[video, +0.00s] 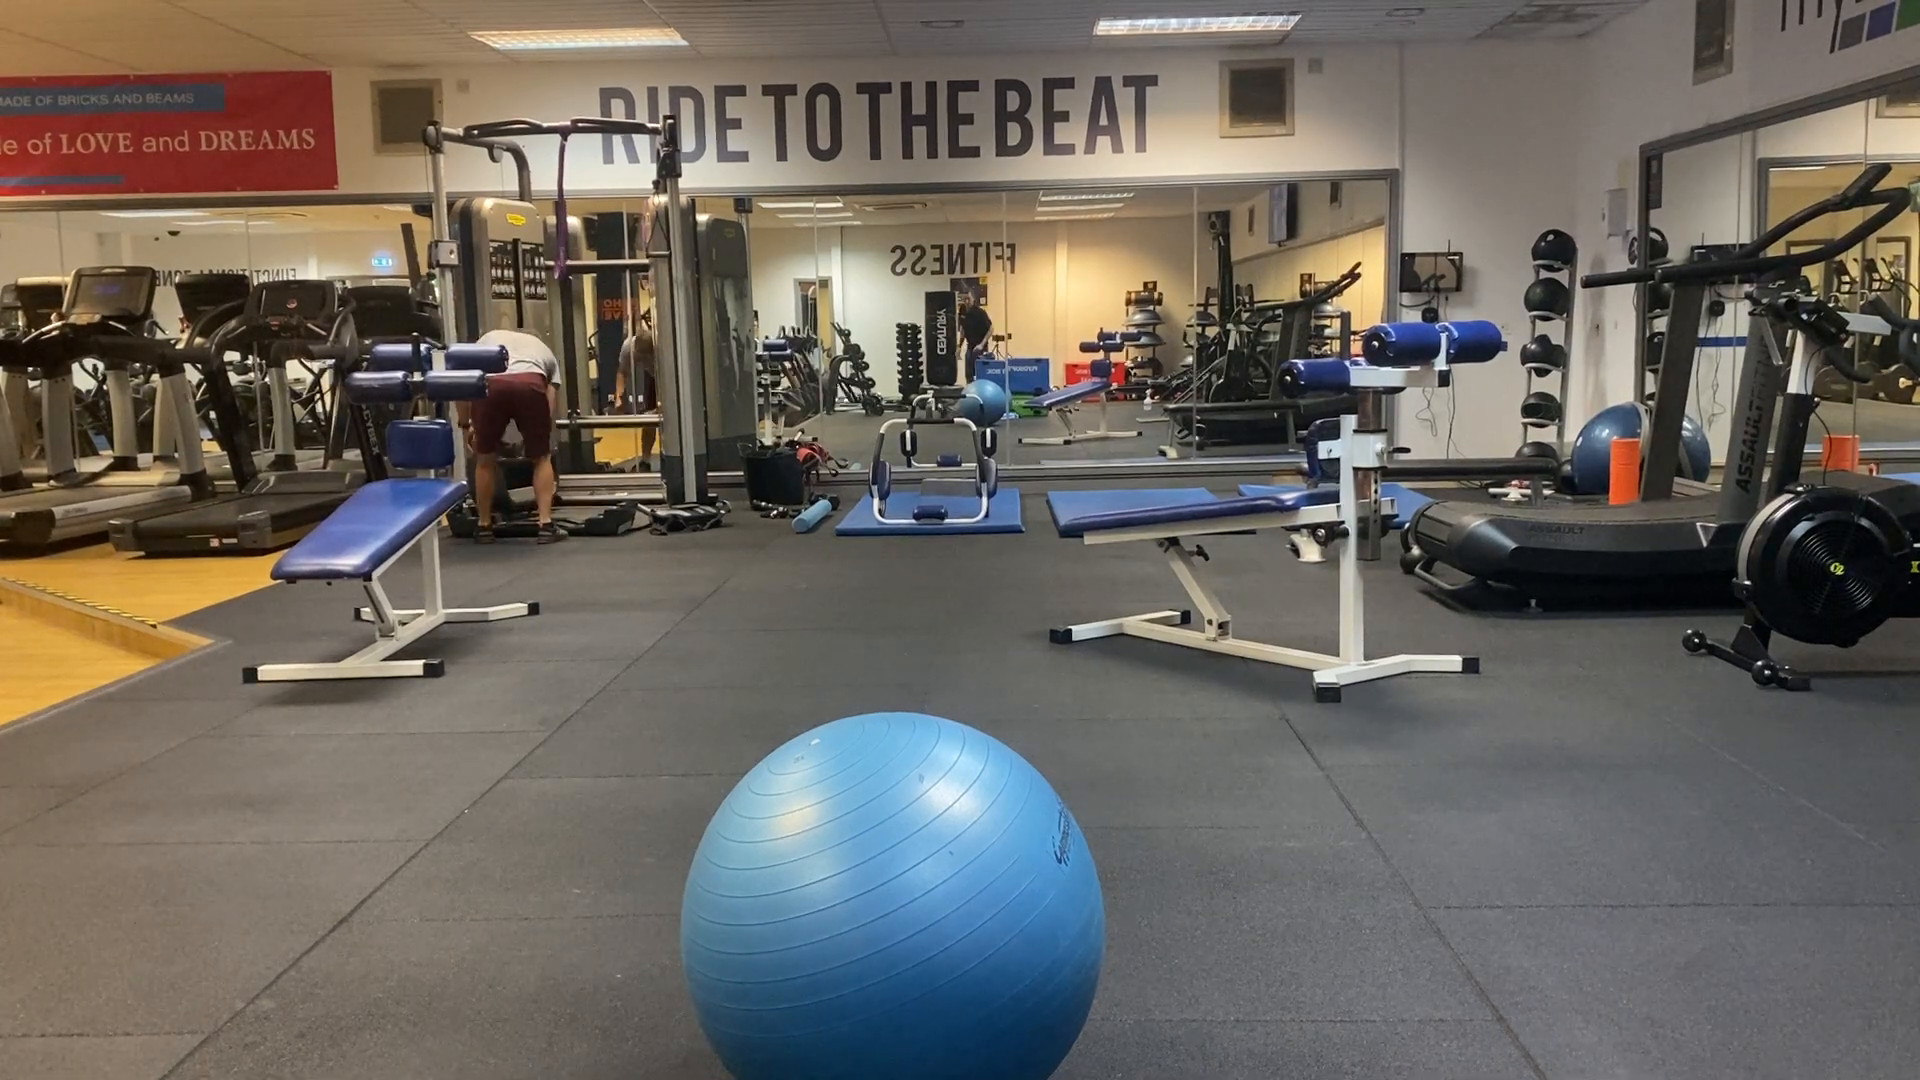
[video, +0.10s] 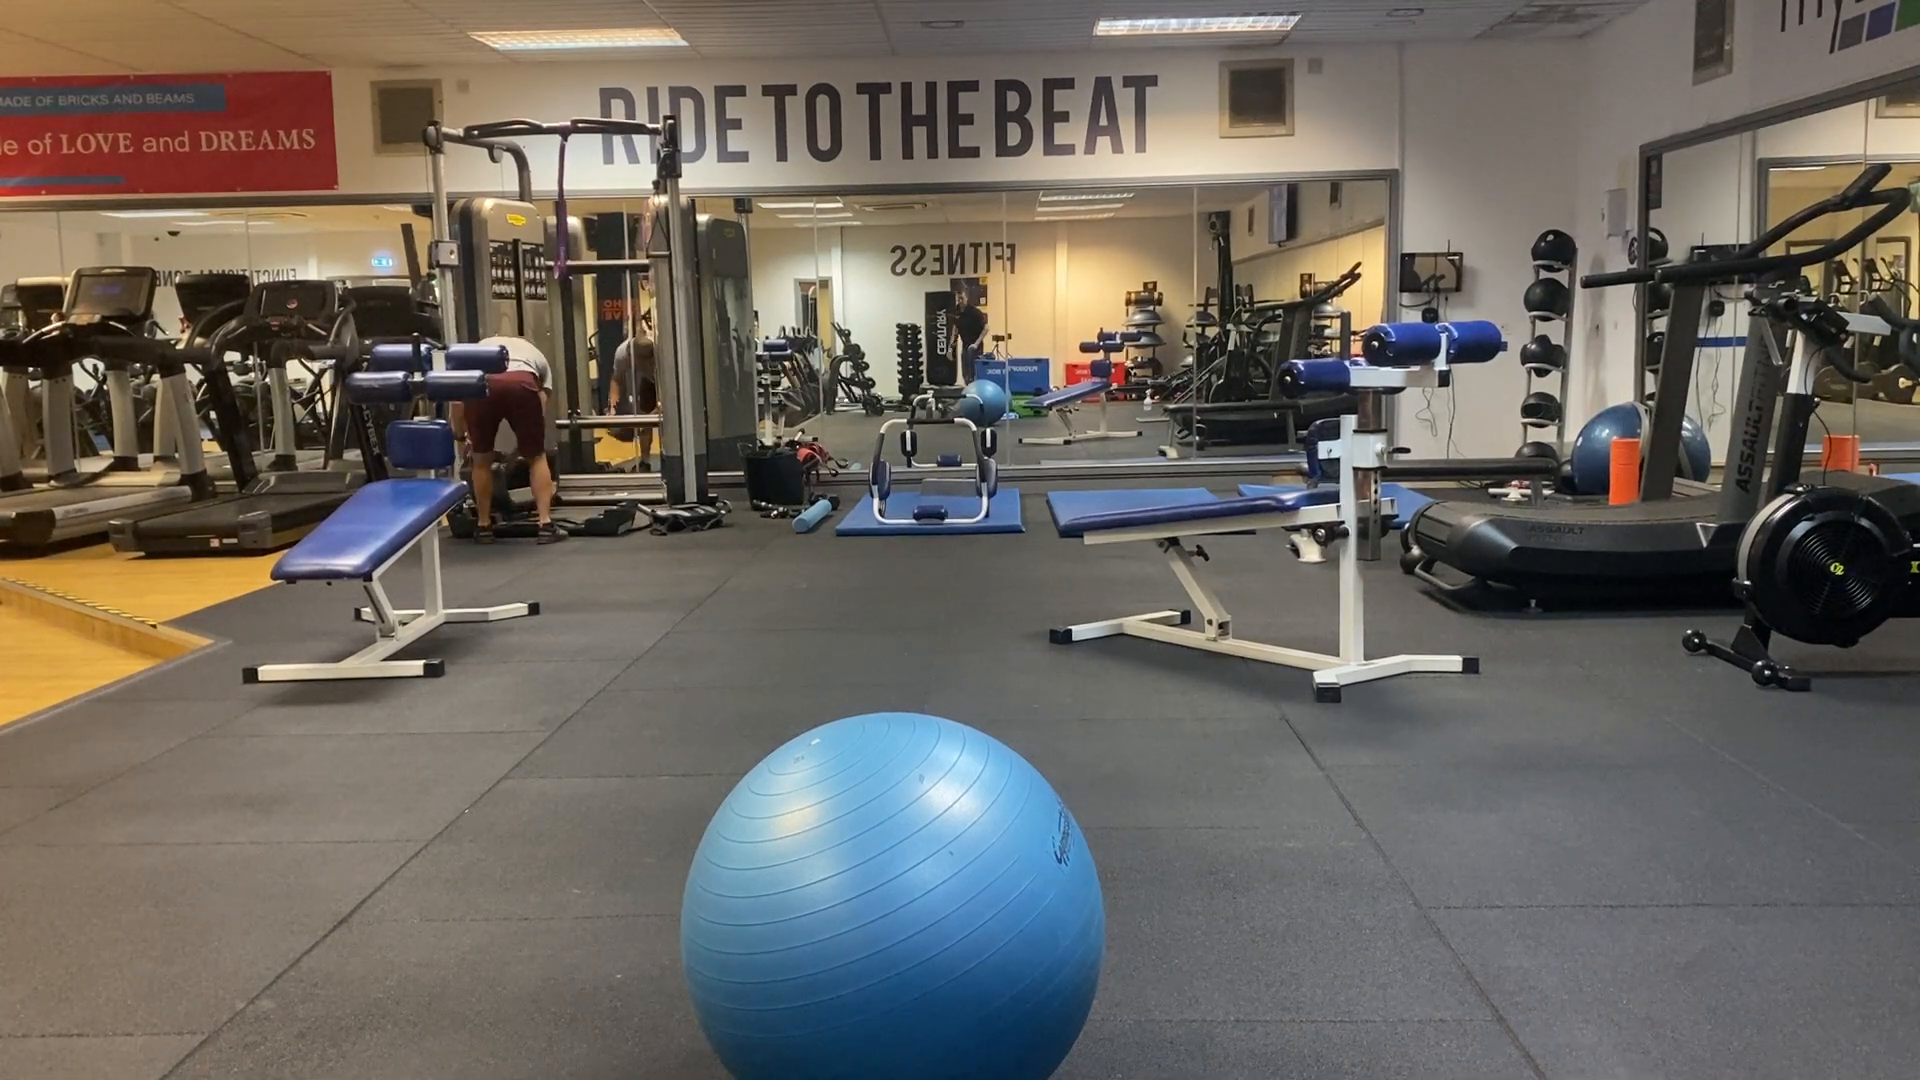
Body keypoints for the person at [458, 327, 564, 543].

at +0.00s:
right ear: (533, 339)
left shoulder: (485, 339)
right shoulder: (547, 353)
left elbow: (461, 384)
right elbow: (550, 407)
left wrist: (465, 426)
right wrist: (542, 445)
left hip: (489, 389)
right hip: (531, 389)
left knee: (485, 460)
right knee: (541, 459)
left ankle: (484, 525)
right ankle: (546, 525)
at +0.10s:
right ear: (526, 345)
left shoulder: (478, 348)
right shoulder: (539, 358)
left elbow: (456, 399)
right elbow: (540, 408)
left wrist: (460, 435)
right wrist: (529, 446)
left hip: (481, 387)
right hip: (522, 385)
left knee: (481, 462)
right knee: (537, 458)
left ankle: (483, 526)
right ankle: (545, 524)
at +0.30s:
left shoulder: (461, 370)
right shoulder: (526, 375)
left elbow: (454, 421)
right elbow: (521, 431)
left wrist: (455, 463)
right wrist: (505, 468)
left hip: (466, 389)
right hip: (507, 384)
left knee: (474, 463)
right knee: (526, 456)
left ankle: (483, 525)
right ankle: (544, 524)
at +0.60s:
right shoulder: (510, 373)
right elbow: (511, 446)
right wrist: (496, 482)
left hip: (462, 390)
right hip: (503, 386)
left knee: (473, 461)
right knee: (522, 458)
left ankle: (483, 525)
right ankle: (546, 524)